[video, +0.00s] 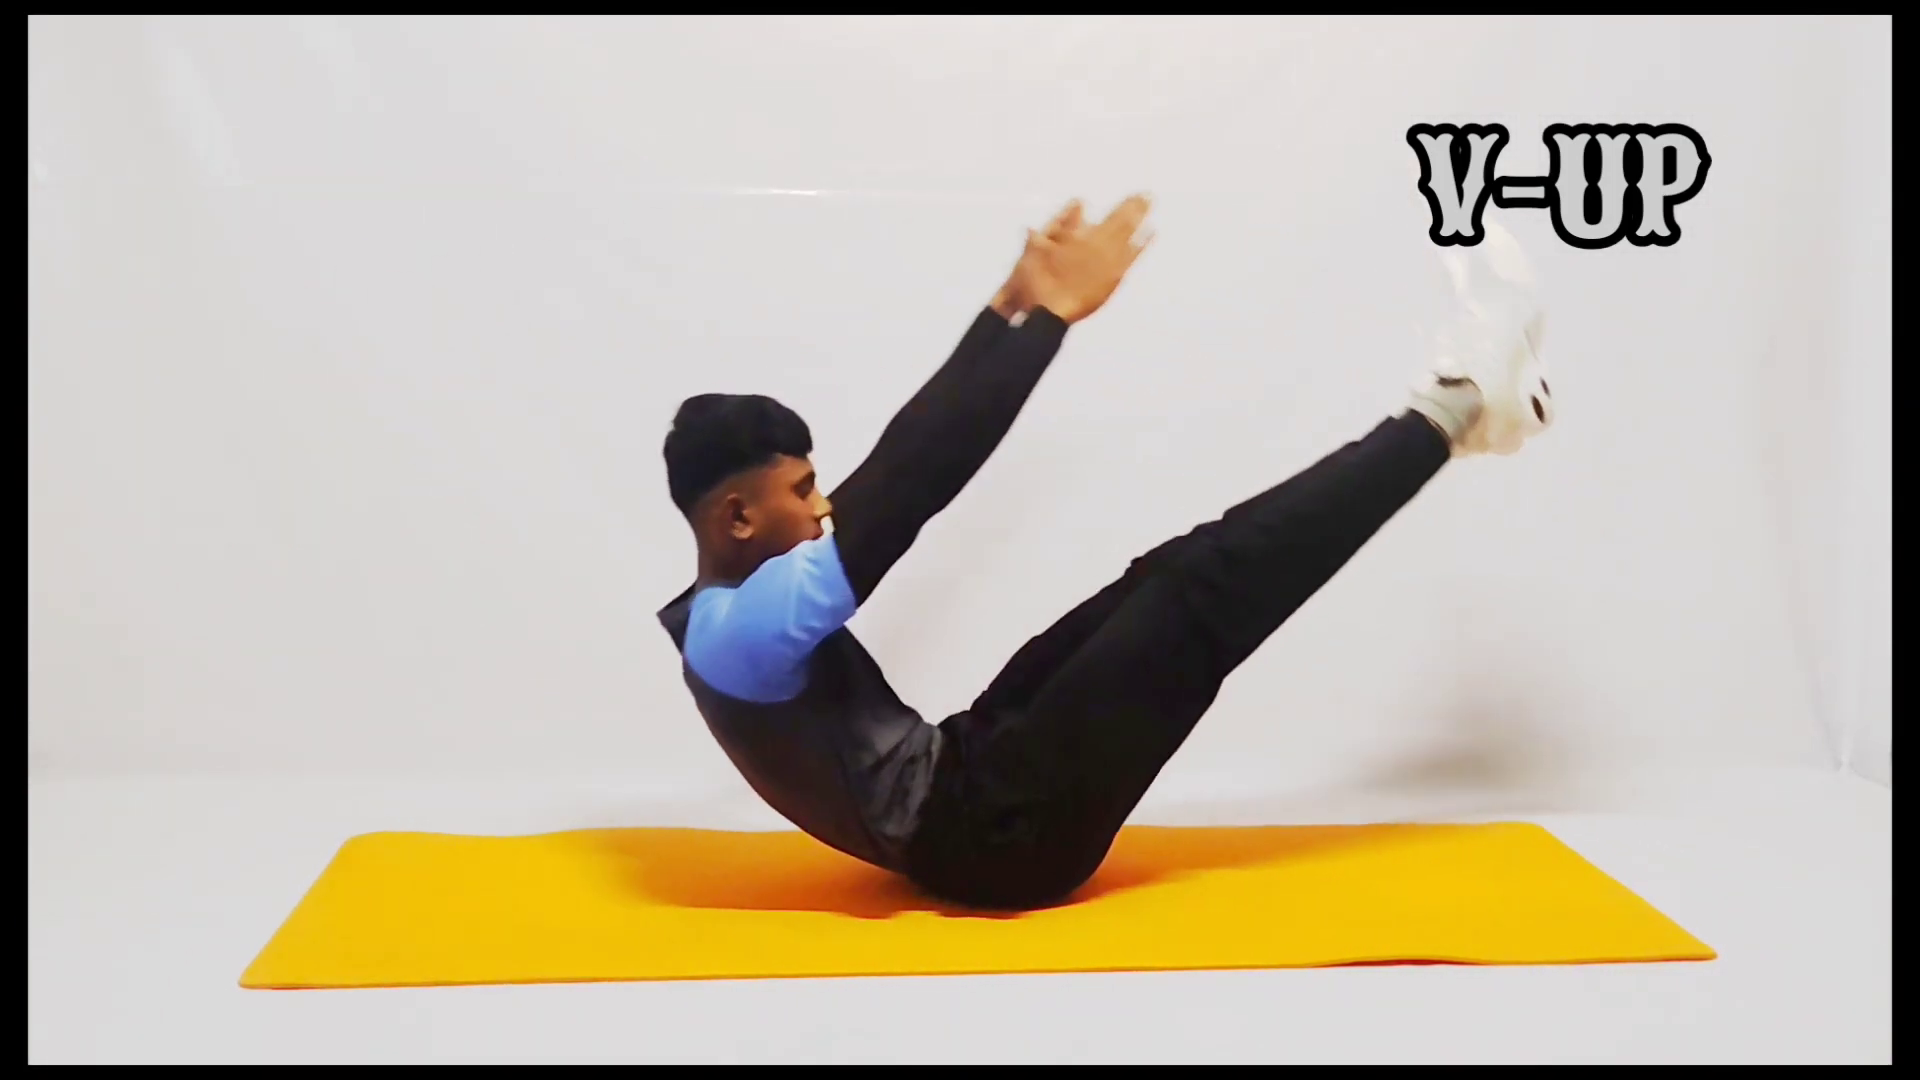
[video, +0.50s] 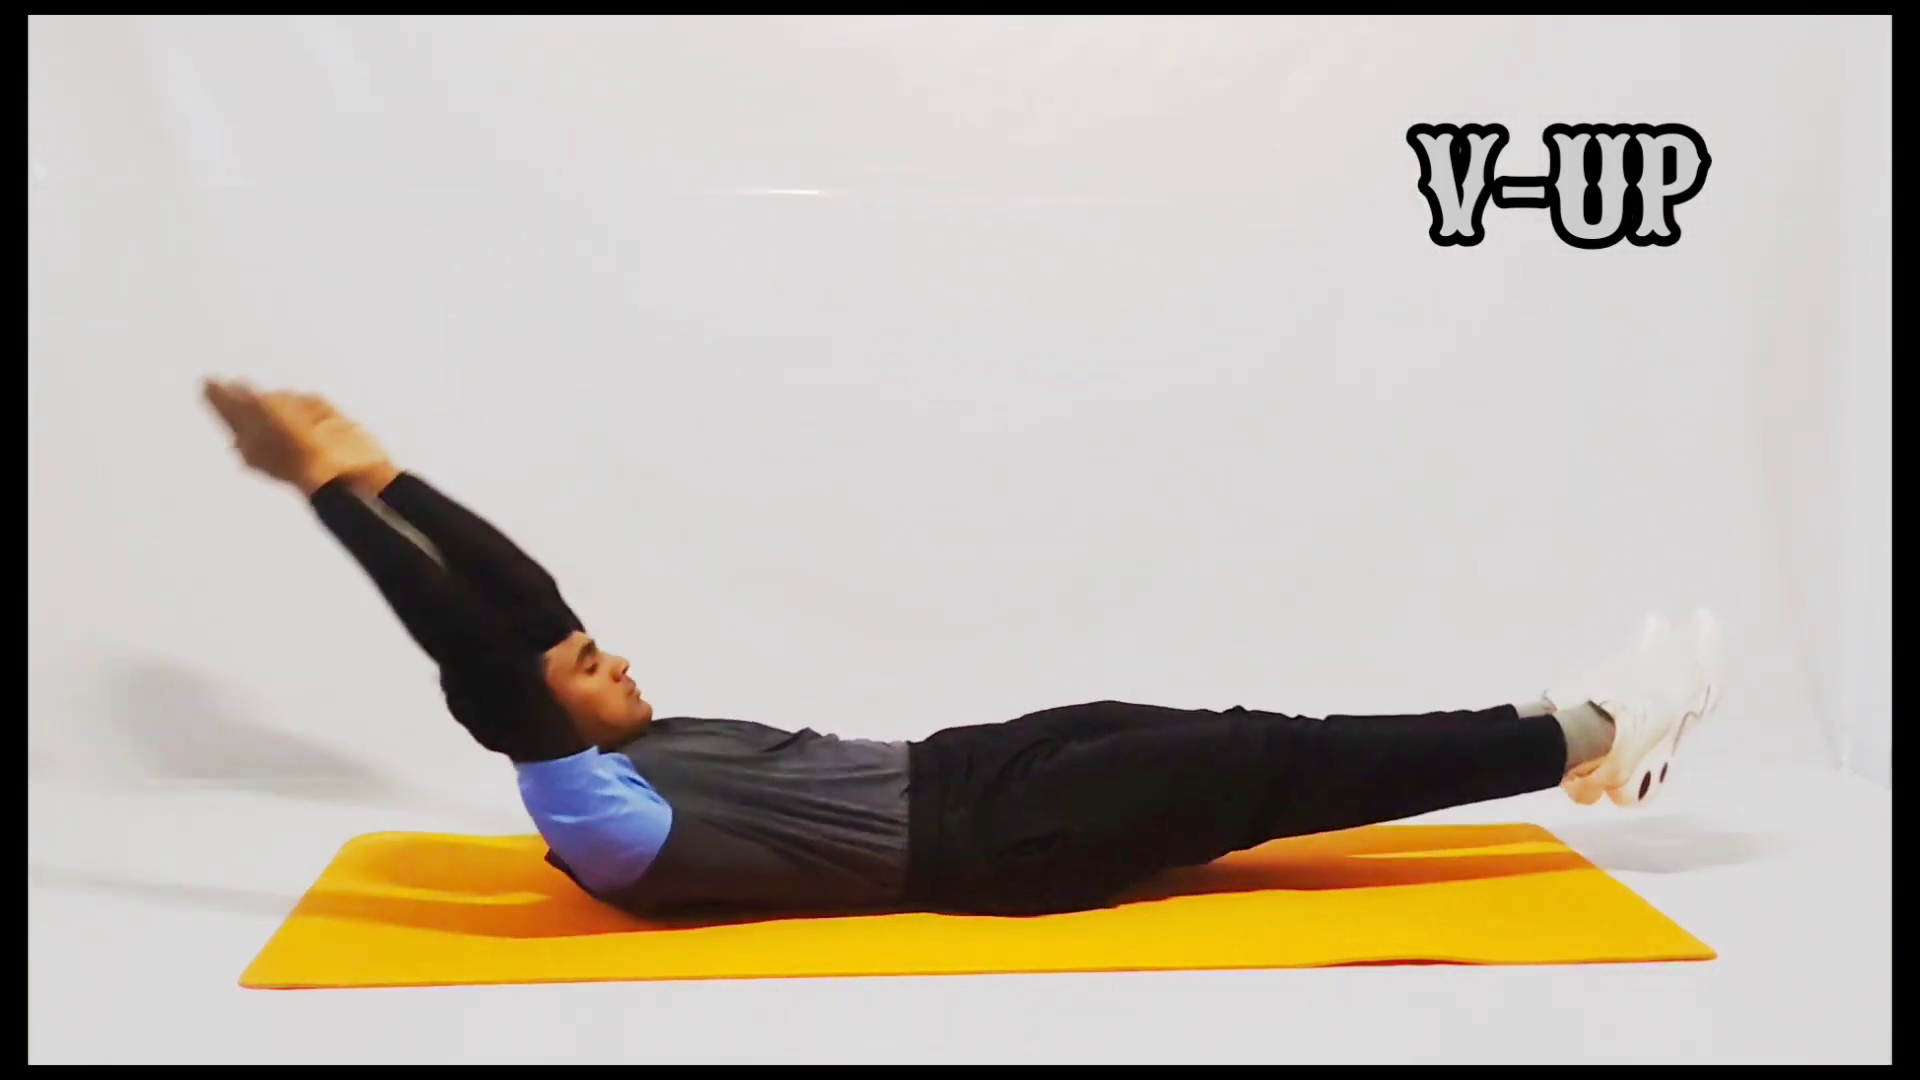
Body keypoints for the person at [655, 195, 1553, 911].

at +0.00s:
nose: (819, 509)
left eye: (810, 488)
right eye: (799, 491)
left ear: (728, 514)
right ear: (730, 516)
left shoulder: (733, 613)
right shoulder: (750, 625)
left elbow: (898, 475)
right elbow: (919, 480)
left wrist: (1010, 310)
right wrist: (1044, 316)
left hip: (970, 789)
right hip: (986, 834)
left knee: (1178, 581)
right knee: (1193, 599)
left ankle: (1447, 416)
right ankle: (1446, 416)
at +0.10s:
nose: (771, 539)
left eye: (766, 513)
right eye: (747, 523)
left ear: (706, 539)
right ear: (681, 548)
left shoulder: (708, 641)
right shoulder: (714, 652)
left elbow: (820, 487)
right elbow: (829, 505)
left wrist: (898, 296)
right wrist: (933, 298)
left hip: (964, 784)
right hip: (976, 833)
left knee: (1212, 610)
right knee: (1222, 637)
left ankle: (1499, 484)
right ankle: (1500, 482)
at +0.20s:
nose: (712, 576)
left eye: (701, 556)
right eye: (684, 559)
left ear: (652, 581)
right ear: (637, 590)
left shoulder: (687, 680)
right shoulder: (672, 703)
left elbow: (745, 498)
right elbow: (745, 509)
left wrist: (755, 300)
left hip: (978, 785)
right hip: (976, 832)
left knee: (1257, 652)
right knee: (1254, 680)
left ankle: (1548, 568)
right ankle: (1548, 572)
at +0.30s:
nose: (665, 614)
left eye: (651, 598)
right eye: (641, 602)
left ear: (582, 636)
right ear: (611, 625)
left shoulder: (661, 709)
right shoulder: (641, 741)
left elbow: (648, 523)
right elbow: (651, 522)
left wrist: (606, 329)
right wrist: (599, 325)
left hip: (969, 780)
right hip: (967, 830)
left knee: (1255, 698)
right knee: (1261, 728)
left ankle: (1555, 646)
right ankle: (1569, 664)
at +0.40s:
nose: (657, 637)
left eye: (641, 613)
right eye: (630, 626)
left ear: (603, 652)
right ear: (591, 662)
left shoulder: (644, 740)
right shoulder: (627, 793)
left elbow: (589, 562)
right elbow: (565, 571)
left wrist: (479, 384)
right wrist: (467, 388)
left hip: (973, 774)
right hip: (973, 831)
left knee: (1235, 720)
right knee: (1248, 748)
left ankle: (1562, 699)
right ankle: (1572, 712)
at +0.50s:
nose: (599, 660)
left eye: (586, 643)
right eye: (575, 658)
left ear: (588, 673)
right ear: (547, 710)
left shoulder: (647, 757)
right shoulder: (610, 811)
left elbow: (516, 617)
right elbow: (471, 647)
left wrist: (381, 477)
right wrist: (338, 497)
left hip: (985, 767)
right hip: (978, 827)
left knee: (1272, 744)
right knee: (1266, 762)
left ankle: (1566, 740)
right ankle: (1571, 755)